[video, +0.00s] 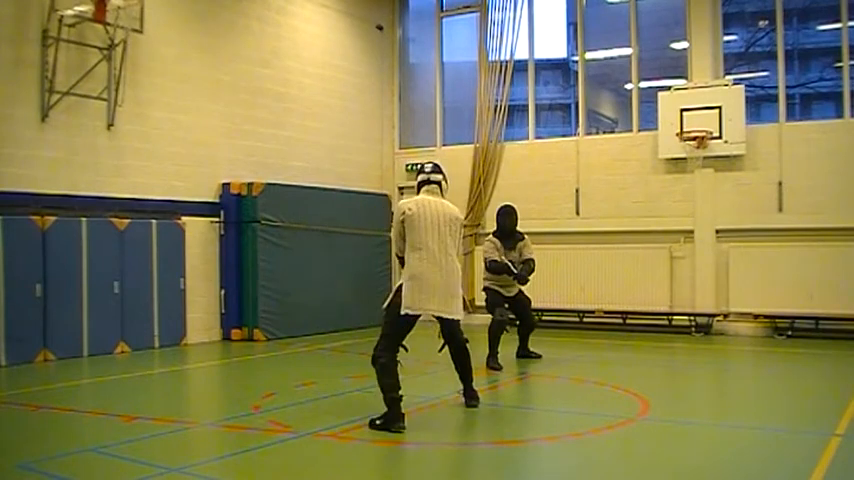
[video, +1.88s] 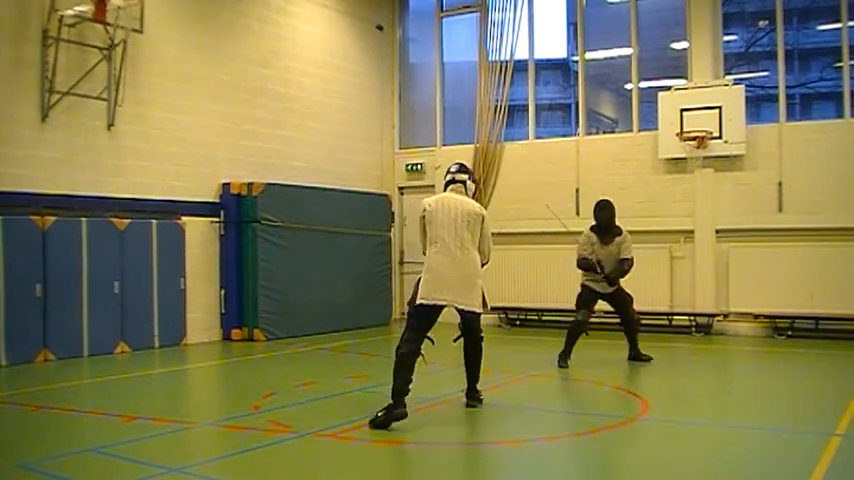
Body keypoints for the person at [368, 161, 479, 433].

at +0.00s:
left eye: (419, 184)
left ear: (418, 185)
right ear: (443, 186)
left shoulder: (404, 207)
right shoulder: (456, 213)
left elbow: (399, 252)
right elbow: (457, 253)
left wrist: (415, 275)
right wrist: (437, 275)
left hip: (413, 289)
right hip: (448, 291)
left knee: (384, 352)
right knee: (455, 340)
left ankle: (394, 414)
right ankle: (470, 392)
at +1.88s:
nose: (468, 187)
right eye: (469, 183)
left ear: (445, 182)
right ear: (469, 185)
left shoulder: (429, 204)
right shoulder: (478, 210)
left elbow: (425, 246)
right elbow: (484, 256)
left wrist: (440, 264)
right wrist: (463, 266)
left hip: (435, 279)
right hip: (468, 281)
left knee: (411, 338)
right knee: (473, 336)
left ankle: (398, 403)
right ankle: (472, 392)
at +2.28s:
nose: (486, 184)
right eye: (487, 181)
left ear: (460, 178)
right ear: (484, 181)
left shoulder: (441, 201)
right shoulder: (492, 205)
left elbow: (439, 238)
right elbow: (497, 250)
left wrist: (455, 257)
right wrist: (479, 264)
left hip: (446, 276)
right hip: (479, 278)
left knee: (428, 336)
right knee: (480, 336)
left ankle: (437, 395)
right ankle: (474, 392)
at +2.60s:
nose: (487, 187)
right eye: (487, 182)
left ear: (460, 181)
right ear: (484, 183)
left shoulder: (442, 205)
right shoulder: (492, 208)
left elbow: (441, 247)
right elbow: (500, 256)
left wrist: (457, 268)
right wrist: (478, 271)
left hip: (449, 283)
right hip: (484, 284)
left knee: (435, 343)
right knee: (505, 328)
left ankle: (449, 401)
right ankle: (508, 386)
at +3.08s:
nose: (523, 188)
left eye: (522, 184)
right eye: (523, 184)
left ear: (495, 181)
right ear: (519, 184)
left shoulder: (476, 205)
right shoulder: (525, 209)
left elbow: (469, 241)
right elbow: (534, 257)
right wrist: (510, 264)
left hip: (478, 285)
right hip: (514, 285)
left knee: (458, 341)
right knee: (531, 331)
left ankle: (451, 399)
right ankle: (531, 386)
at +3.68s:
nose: (494, 183)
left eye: (493, 179)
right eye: (493, 178)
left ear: (466, 176)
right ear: (488, 176)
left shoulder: (449, 204)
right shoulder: (488, 195)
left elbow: (470, 247)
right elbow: (501, 236)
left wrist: (512, 260)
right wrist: (527, 233)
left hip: (448, 287)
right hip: (481, 287)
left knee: (455, 344)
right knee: (502, 341)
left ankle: (457, 404)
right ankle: (496, 403)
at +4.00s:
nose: (497, 186)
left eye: (496, 182)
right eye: (497, 182)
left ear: (468, 178)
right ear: (492, 179)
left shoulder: (448, 204)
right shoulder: (493, 198)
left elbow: (450, 250)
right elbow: (501, 243)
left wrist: (494, 274)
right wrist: (514, 260)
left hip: (446, 288)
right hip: (477, 286)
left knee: (459, 346)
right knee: (481, 349)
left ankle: (459, 410)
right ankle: (460, 413)